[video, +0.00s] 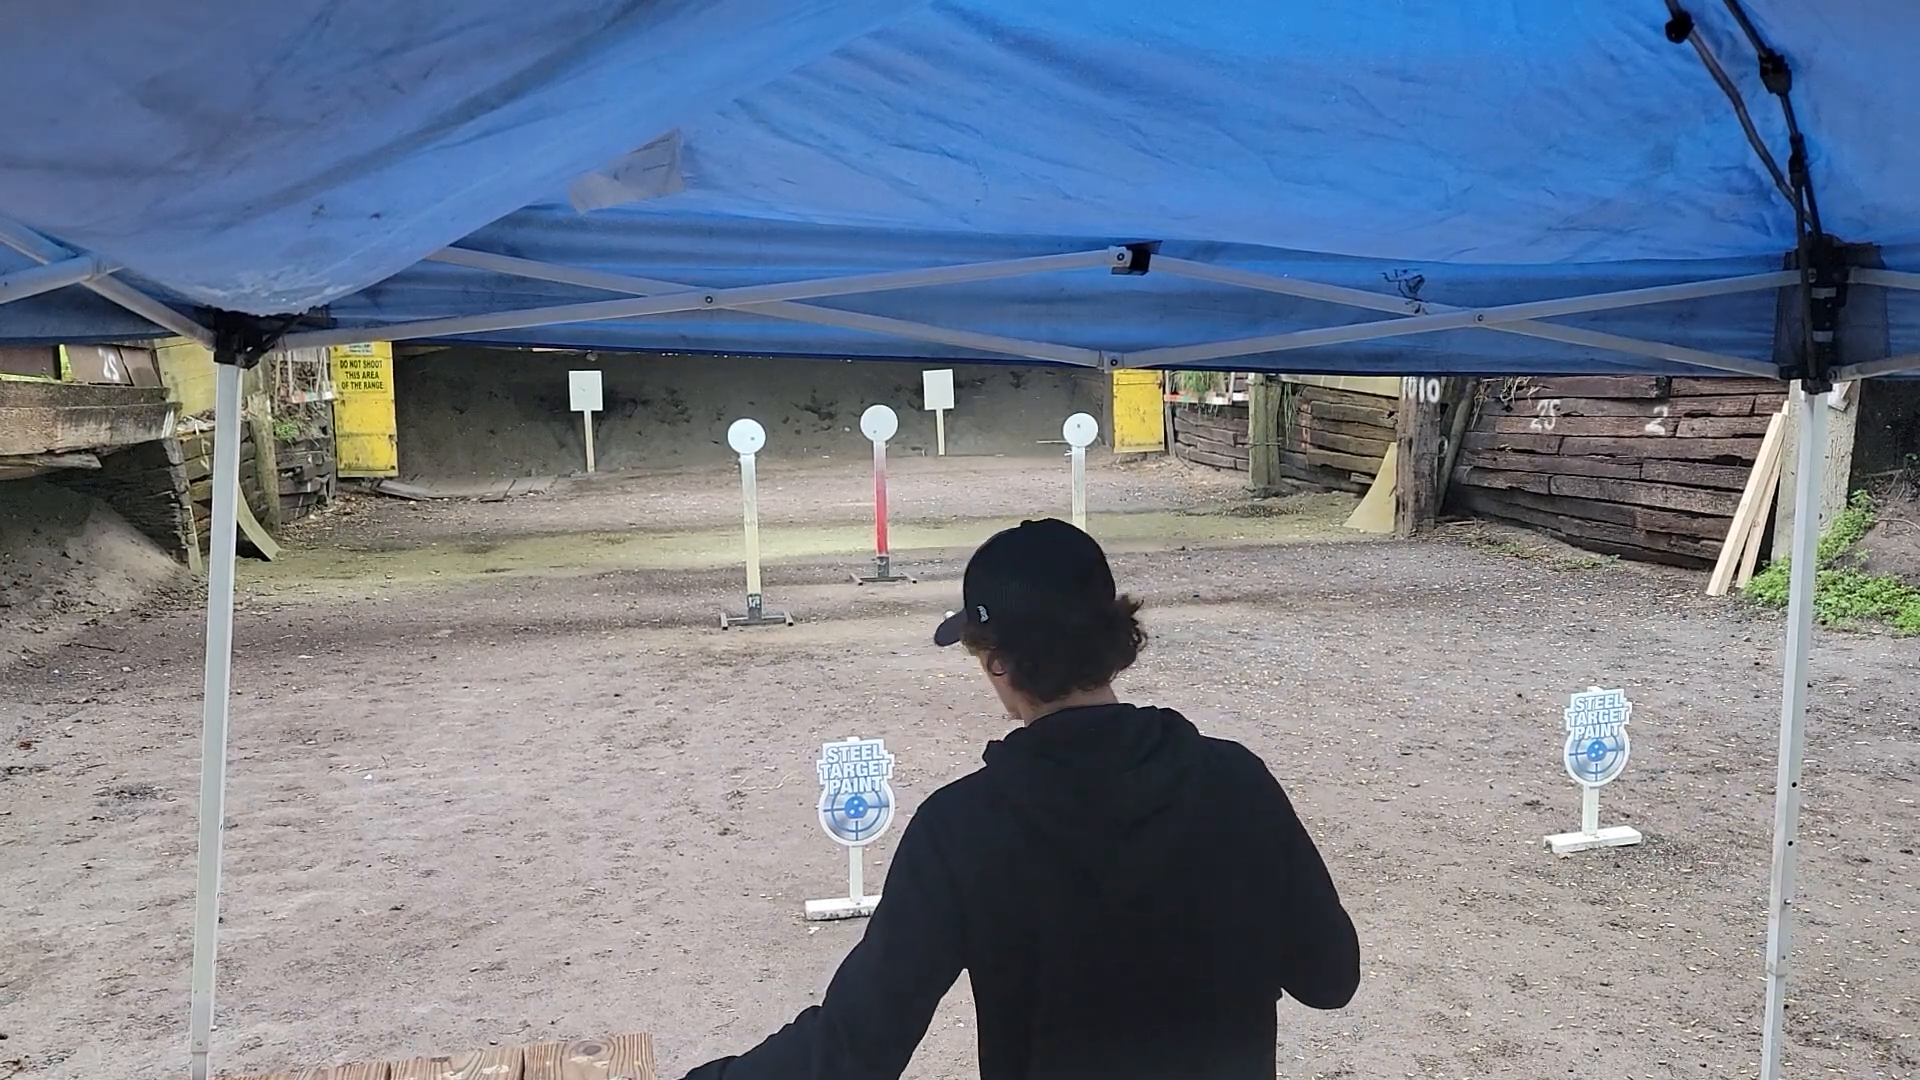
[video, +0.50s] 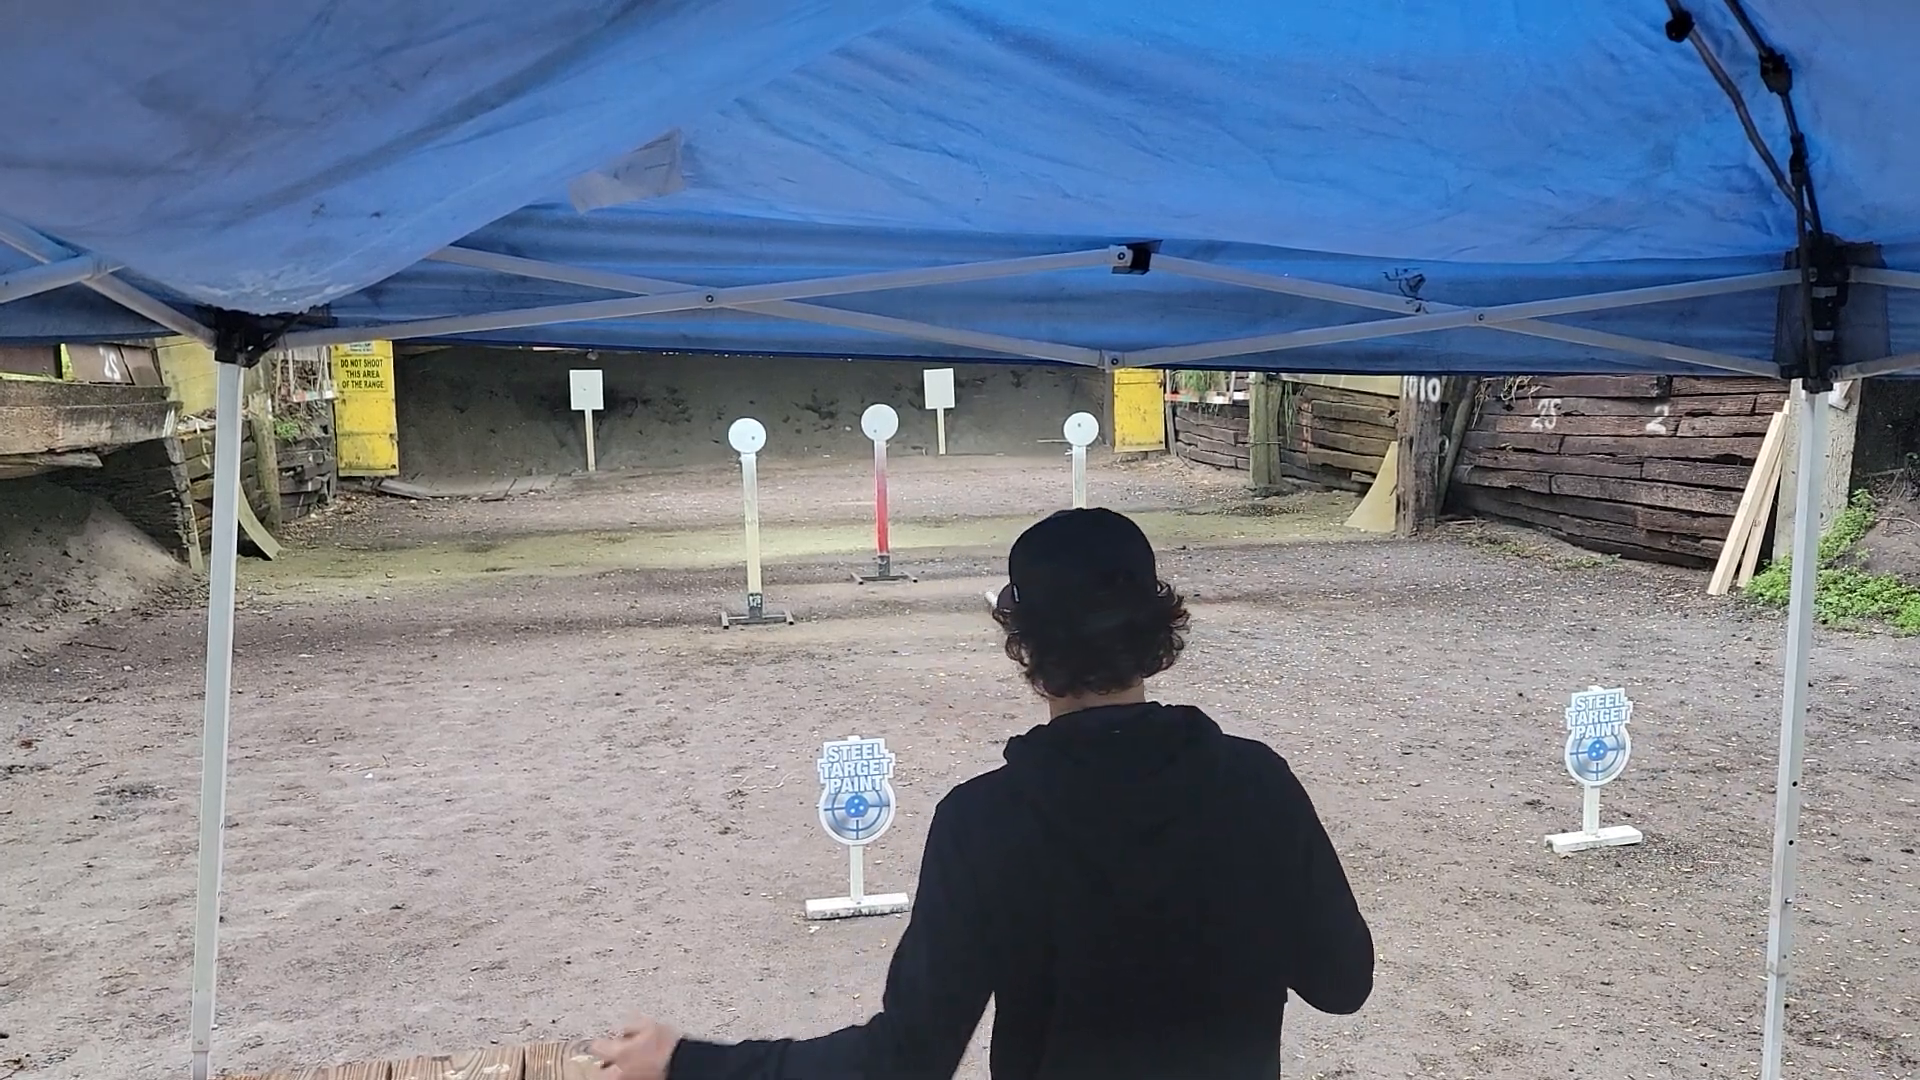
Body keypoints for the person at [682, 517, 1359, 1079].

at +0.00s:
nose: (977, 665)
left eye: (976, 647)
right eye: (974, 646)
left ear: (995, 660)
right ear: (1116, 634)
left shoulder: (963, 826)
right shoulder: (1236, 784)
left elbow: (858, 1041)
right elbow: (1333, 976)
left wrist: (691, 1076)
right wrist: (1214, 888)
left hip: (1041, 1064)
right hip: (1226, 1064)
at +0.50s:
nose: (1016, 636)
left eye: (1014, 620)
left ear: (1021, 640)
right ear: (1162, 625)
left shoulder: (987, 818)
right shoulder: (1258, 784)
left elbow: (910, 1055)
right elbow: (1344, 980)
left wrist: (686, 1060)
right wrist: (1230, 893)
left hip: (1053, 1067)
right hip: (1226, 1071)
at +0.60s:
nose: (1022, 636)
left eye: (1023, 617)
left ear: (1032, 638)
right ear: (1166, 623)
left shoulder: (992, 821)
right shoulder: (1265, 788)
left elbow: (941, 1054)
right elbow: (1347, 988)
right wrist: (1221, 900)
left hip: (1058, 1072)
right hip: (1236, 1073)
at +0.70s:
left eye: (1034, 622)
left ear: (1043, 642)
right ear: (1178, 621)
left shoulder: (992, 821)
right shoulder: (1277, 793)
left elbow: (950, 1057)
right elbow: (1356, 994)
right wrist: (1236, 908)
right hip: (1235, 1071)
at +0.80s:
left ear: (1053, 645)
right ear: (1190, 624)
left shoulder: (994, 814)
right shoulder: (1285, 797)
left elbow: (960, 1030)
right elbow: (1365, 1000)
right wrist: (1241, 928)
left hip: (1061, 1070)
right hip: (1242, 1068)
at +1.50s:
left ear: (1086, 637)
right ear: (1225, 619)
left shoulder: (1019, 792)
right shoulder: (1317, 809)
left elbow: (1022, 965)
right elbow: (1387, 1023)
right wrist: (1264, 942)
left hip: (1068, 1072)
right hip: (1261, 1072)